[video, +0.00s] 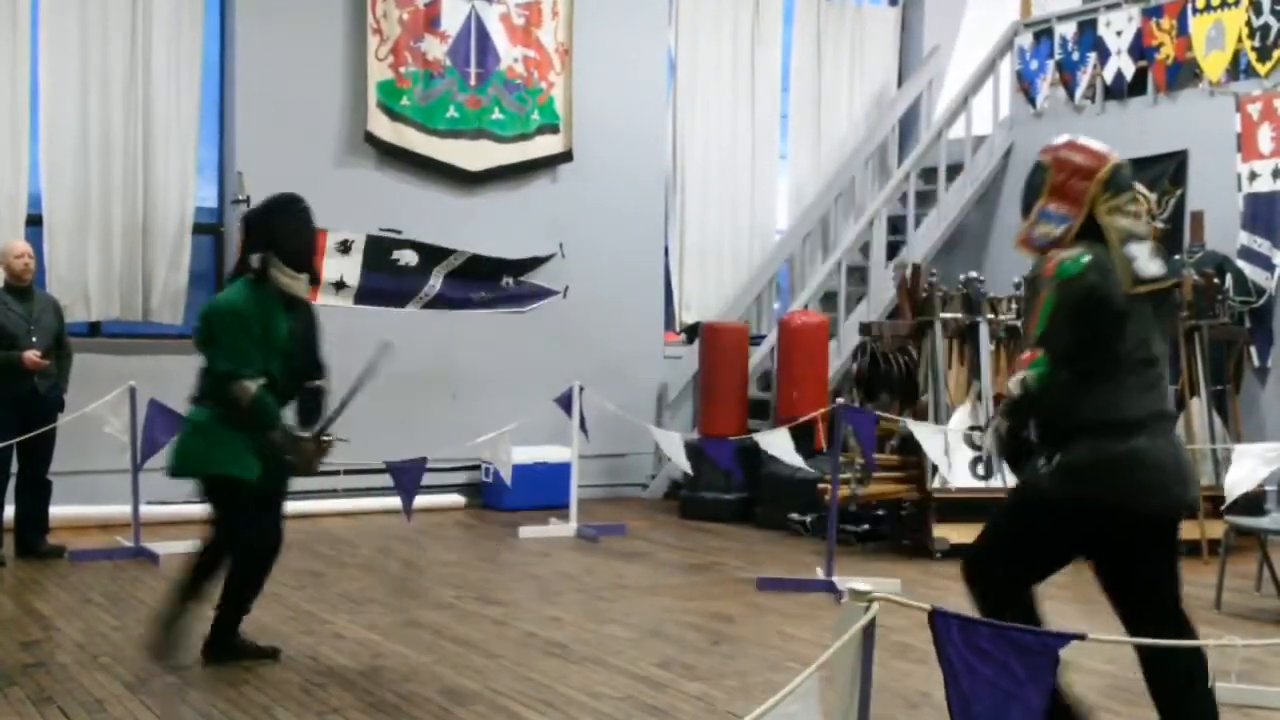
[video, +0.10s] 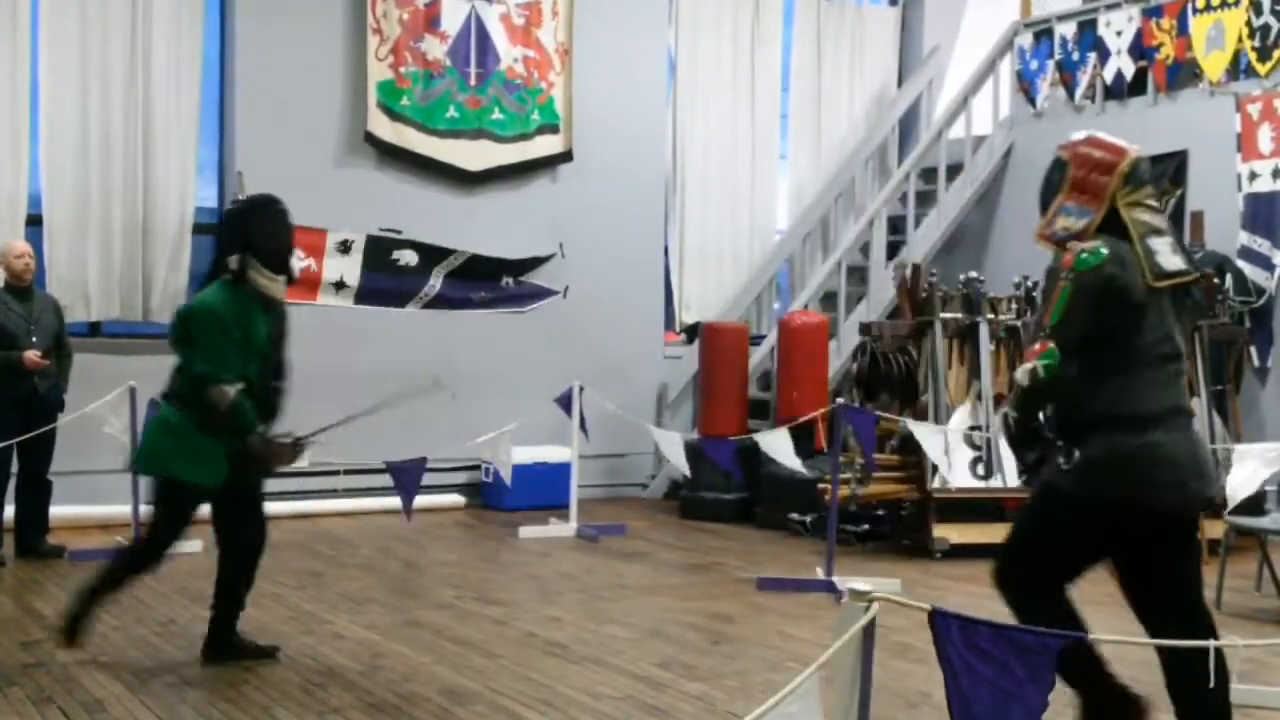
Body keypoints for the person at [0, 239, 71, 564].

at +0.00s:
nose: (27, 261)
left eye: (30, 256)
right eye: (19, 256)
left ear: (36, 262)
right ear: (5, 265)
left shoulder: (49, 304)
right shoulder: (2, 303)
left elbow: (63, 350)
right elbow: (0, 352)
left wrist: (59, 390)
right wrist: (18, 358)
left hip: (40, 403)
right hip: (5, 403)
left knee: (36, 476)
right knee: (1, 475)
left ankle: (32, 541)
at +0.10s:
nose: (27, 261)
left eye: (30, 256)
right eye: (20, 256)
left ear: (36, 262)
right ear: (5, 265)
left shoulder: (49, 304)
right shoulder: (2, 303)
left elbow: (63, 350)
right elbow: (0, 352)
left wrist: (59, 389)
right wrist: (19, 358)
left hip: (40, 402)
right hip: (5, 403)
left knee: (36, 475)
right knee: (2, 475)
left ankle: (31, 540)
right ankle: (1, 544)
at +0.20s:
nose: (27, 261)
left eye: (31, 256)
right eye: (20, 256)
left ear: (36, 263)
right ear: (5, 265)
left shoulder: (49, 304)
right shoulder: (2, 303)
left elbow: (63, 350)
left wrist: (59, 390)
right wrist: (19, 358)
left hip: (41, 403)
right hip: (5, 403)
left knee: (36, 476)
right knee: (2, 475)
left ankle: (31, 540)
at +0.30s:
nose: (27, 261)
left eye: (30, 256)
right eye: (20, 256)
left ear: (36, 262)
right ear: (5, 265)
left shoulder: (49, 304)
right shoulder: (2, 303)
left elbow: (64, 350)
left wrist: (59, 390)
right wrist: (20, 358)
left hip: (41, 403)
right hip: (5, 403)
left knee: (36, 476)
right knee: (2, 475)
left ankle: (31, 541)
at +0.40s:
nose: (28, 261)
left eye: (31, 256)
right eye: (20, 256)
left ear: (36, 263)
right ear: (5, 265)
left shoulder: (49, 304)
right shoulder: (2, 303)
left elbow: (64, 351)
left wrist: (59, 390)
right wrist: (20, 359)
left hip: (41, 404)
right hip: (5, 405)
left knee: (36, 479)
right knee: (1, 478)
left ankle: (31, 547)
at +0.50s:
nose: (28, 261)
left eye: (31, 256)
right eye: (20, 256)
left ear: (36, 263)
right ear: (5, 265)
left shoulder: (49, 304)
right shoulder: (2, 303)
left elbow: (64, 351)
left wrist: (59, 390)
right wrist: (20, 359)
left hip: (41, 404)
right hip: (5, 404)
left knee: (37, 477)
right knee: (2, 476)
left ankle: (31, 544)